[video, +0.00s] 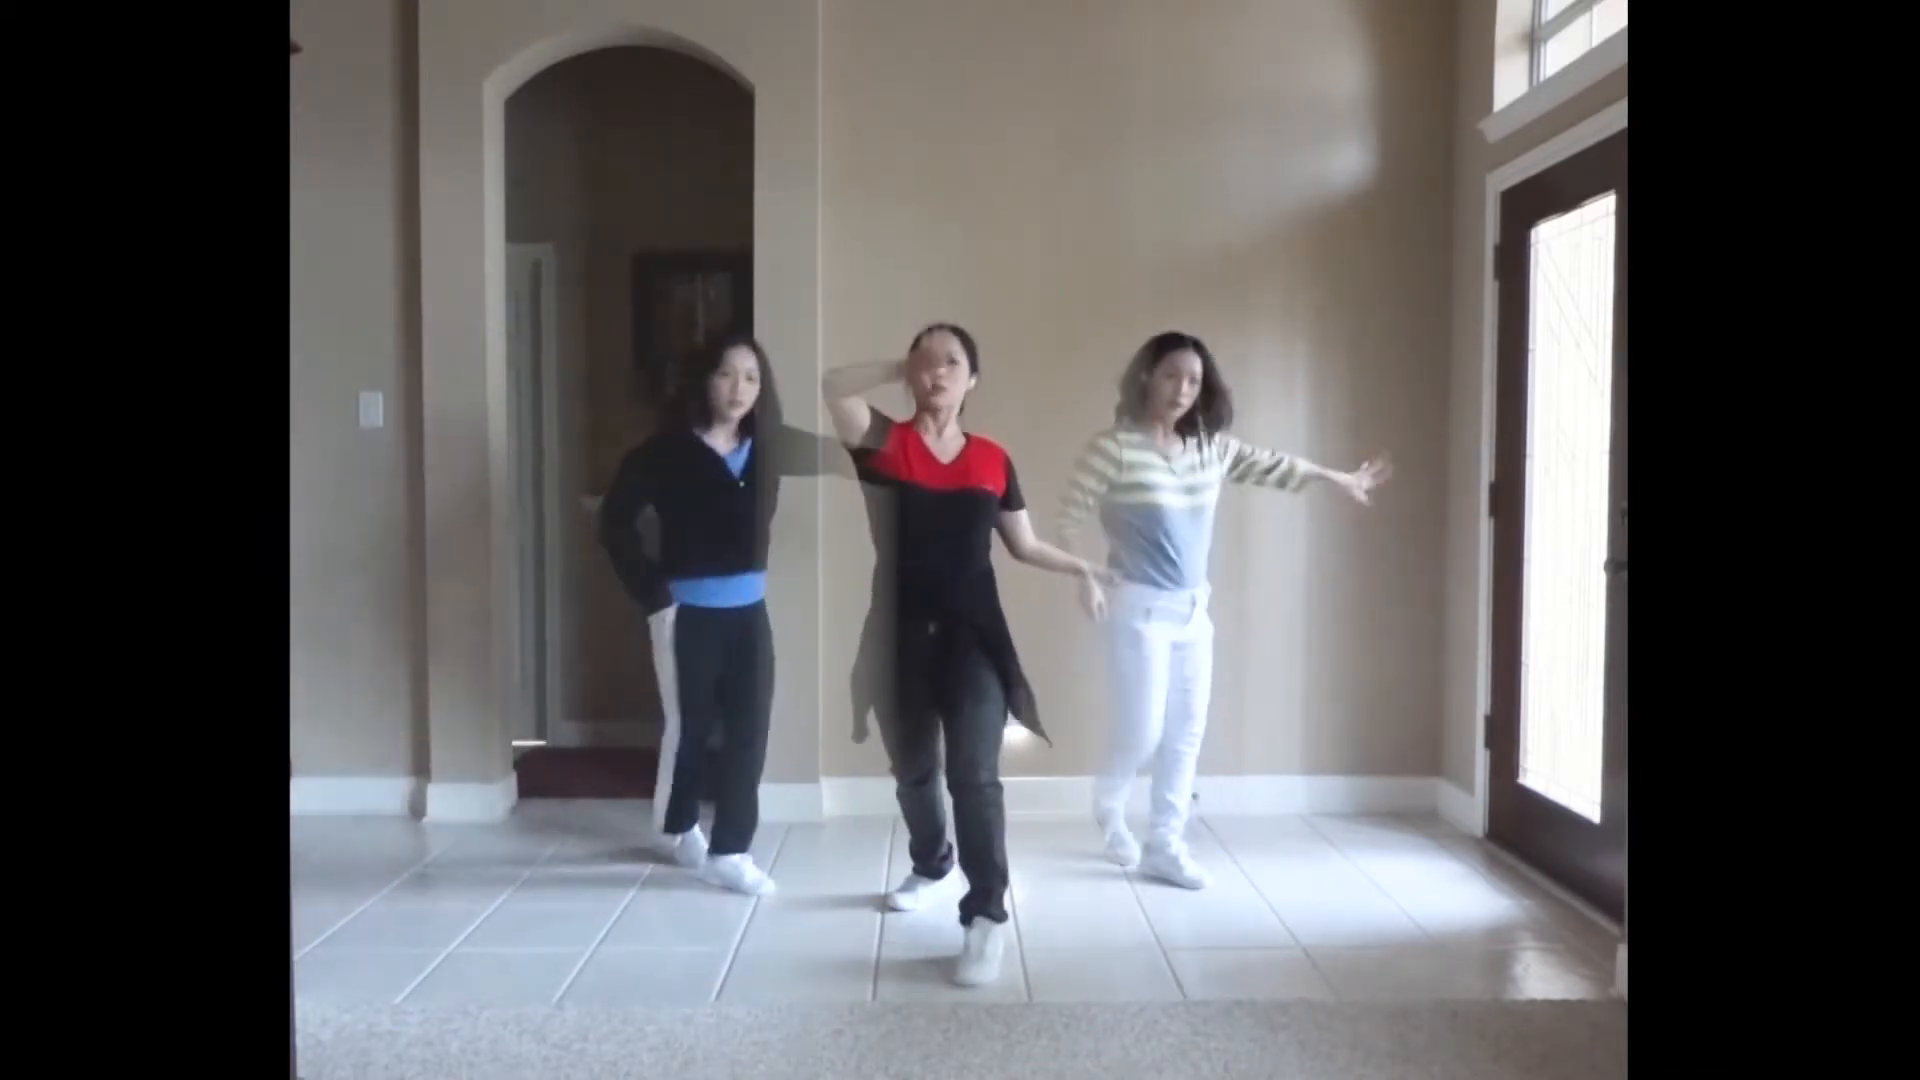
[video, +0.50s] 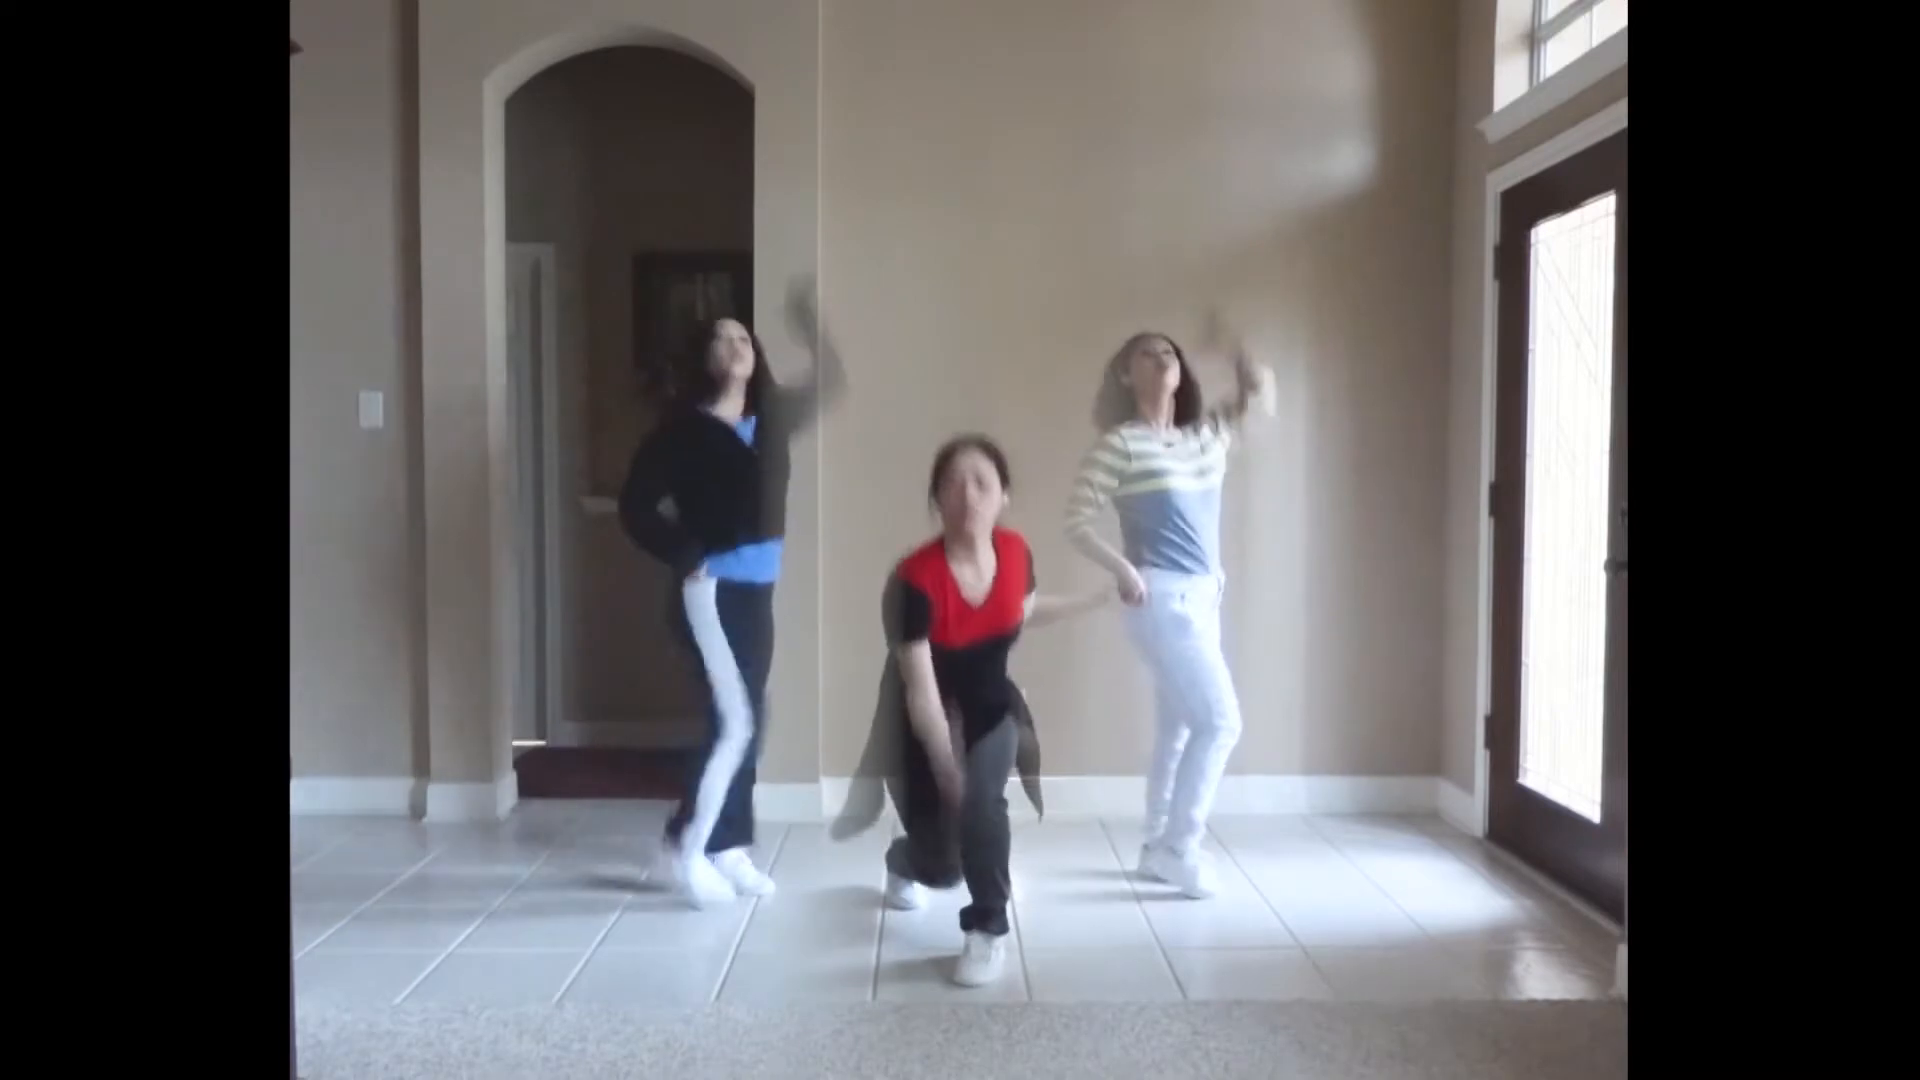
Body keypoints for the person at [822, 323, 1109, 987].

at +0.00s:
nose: (933, 375)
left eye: (947, 364)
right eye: (923, 365)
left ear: (972, 378)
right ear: (911, 379)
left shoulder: (989, 460)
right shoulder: (883, 446)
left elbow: (1024, 545)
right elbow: (835, 389)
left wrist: (1083, 566)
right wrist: (900, 369)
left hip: (973, 635)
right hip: (901, 633)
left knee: (973, 775)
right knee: (914, 772)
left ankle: (986, 914)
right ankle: (932, 866)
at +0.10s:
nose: (936, 369)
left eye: (952, 362)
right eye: (927, 359)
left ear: (975, 382)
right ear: (912, 376)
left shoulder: (992, 460)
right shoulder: (885, 448)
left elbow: (1031, 545)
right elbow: (834, 396)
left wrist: (1090, 564)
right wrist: (895, 368)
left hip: (979, 637)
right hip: (906, 636)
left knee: (978, 778)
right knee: (913, 775)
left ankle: (987, 916)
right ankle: (930, 864)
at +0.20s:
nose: (943, 378)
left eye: (958, 368)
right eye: (932, 368)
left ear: (981, 384)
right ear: (916, 384)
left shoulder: (998, 464)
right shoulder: (892, 457)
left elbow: (1032, 547)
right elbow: (848, 426)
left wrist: (1092, 563)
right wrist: (899, 367)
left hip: (986, 644)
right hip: (912, 643)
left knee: (984, 782)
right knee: (912, 781)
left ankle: (990, 918)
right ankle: (928, 864)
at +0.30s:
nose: (954, 394)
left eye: (967, 384)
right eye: (942, 384)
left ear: (988, 399)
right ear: (922, 402)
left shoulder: (1003, 475)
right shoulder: (905, 470)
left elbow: (1032, 558)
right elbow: (887, 503)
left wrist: (1101, 567)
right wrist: (894, 423)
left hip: (989, 653)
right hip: (919, 654)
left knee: (985, 783)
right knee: (917, 789)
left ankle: (990, 921)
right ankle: (911, 869)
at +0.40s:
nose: (959, 439)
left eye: (974, 429)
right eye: (946, 429)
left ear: (995, 446)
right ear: (928, 446)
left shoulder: (1011, 511)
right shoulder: (907, 522)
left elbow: (1031, 586)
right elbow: (917, 624)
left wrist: (1104, 581)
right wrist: (911, 529)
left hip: (988, 677)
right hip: (922, 682)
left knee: (983, 793)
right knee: (931, 829)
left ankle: (987, 925)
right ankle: (899, 864)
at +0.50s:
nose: (968, 494)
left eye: (981, 483)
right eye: (955, 483)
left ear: (1003, 497)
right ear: (937, 500)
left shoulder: (1014, 553)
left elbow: (1021, 613)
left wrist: (1101, 596)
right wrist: (951, 777)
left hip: (991, 708)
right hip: (925, 715)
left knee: (982, 798)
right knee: (943, 865)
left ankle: (985, 928)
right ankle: (901, 861)